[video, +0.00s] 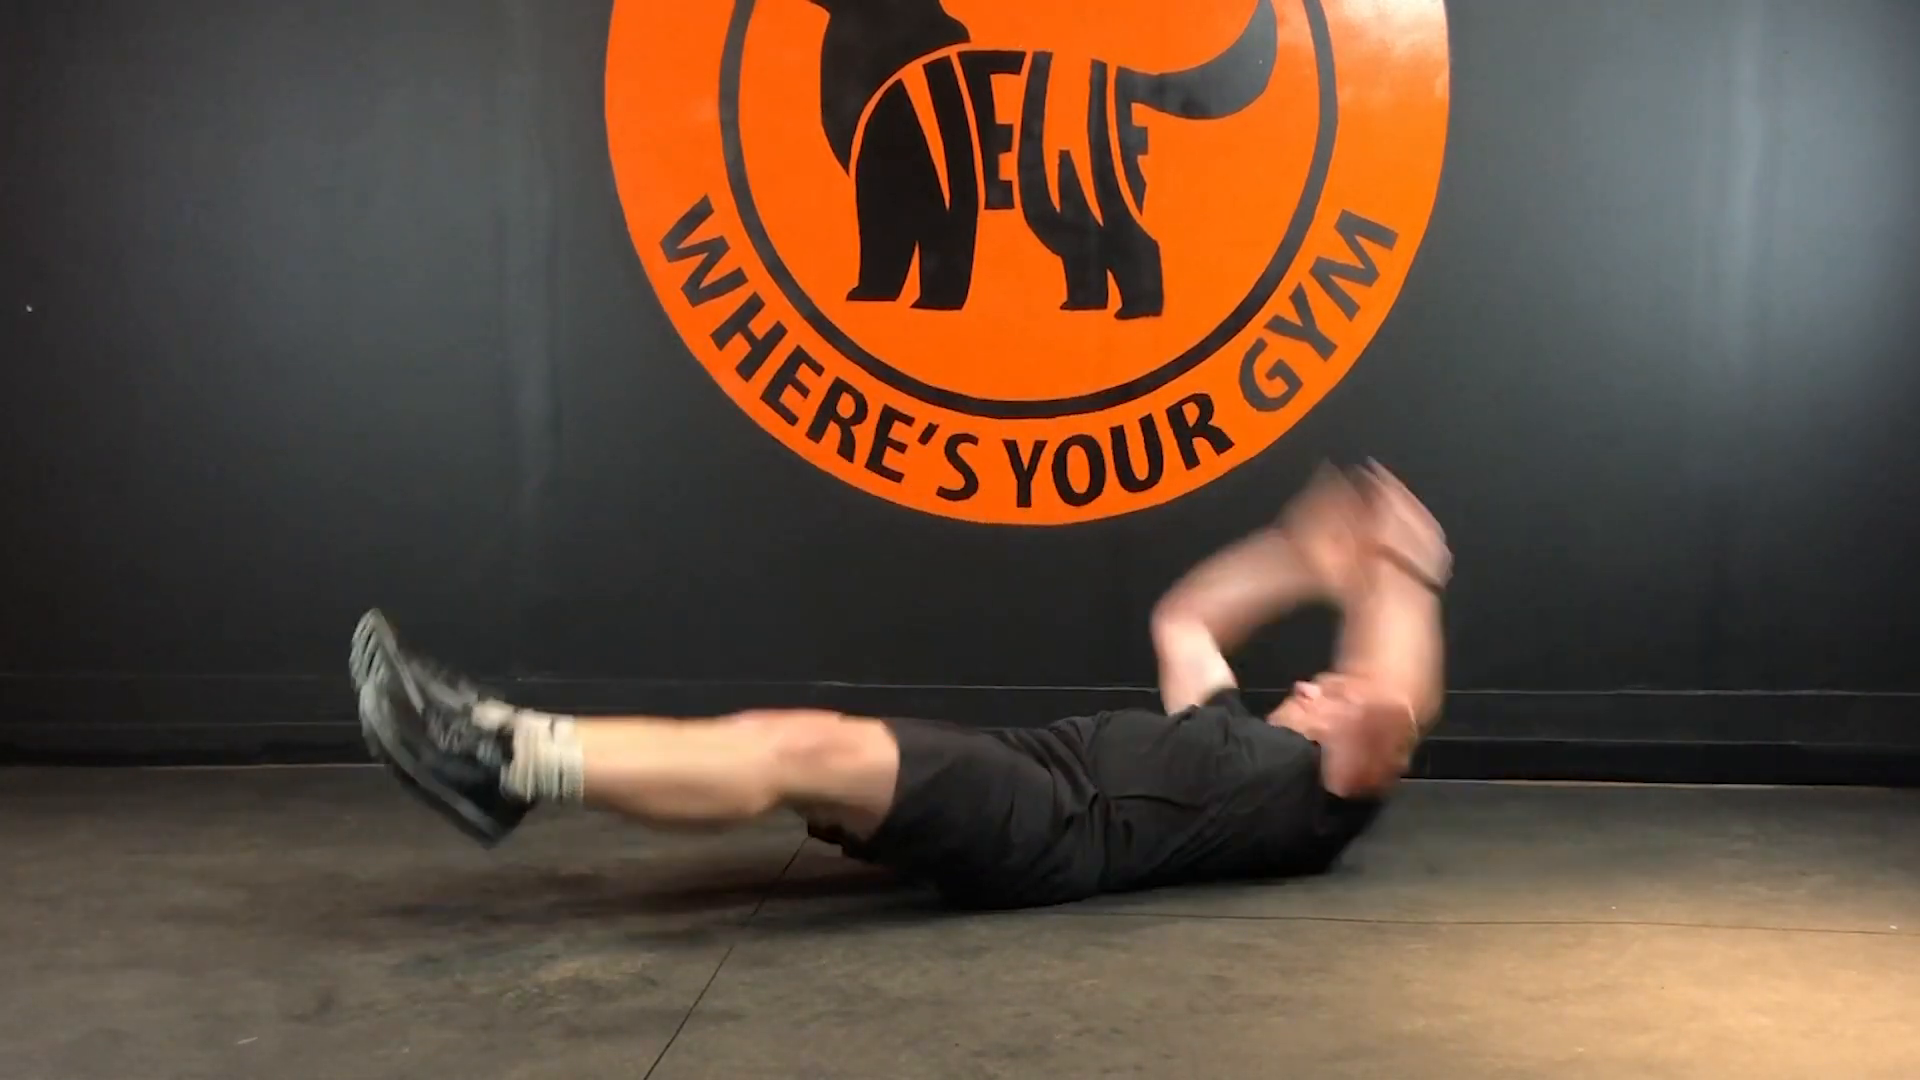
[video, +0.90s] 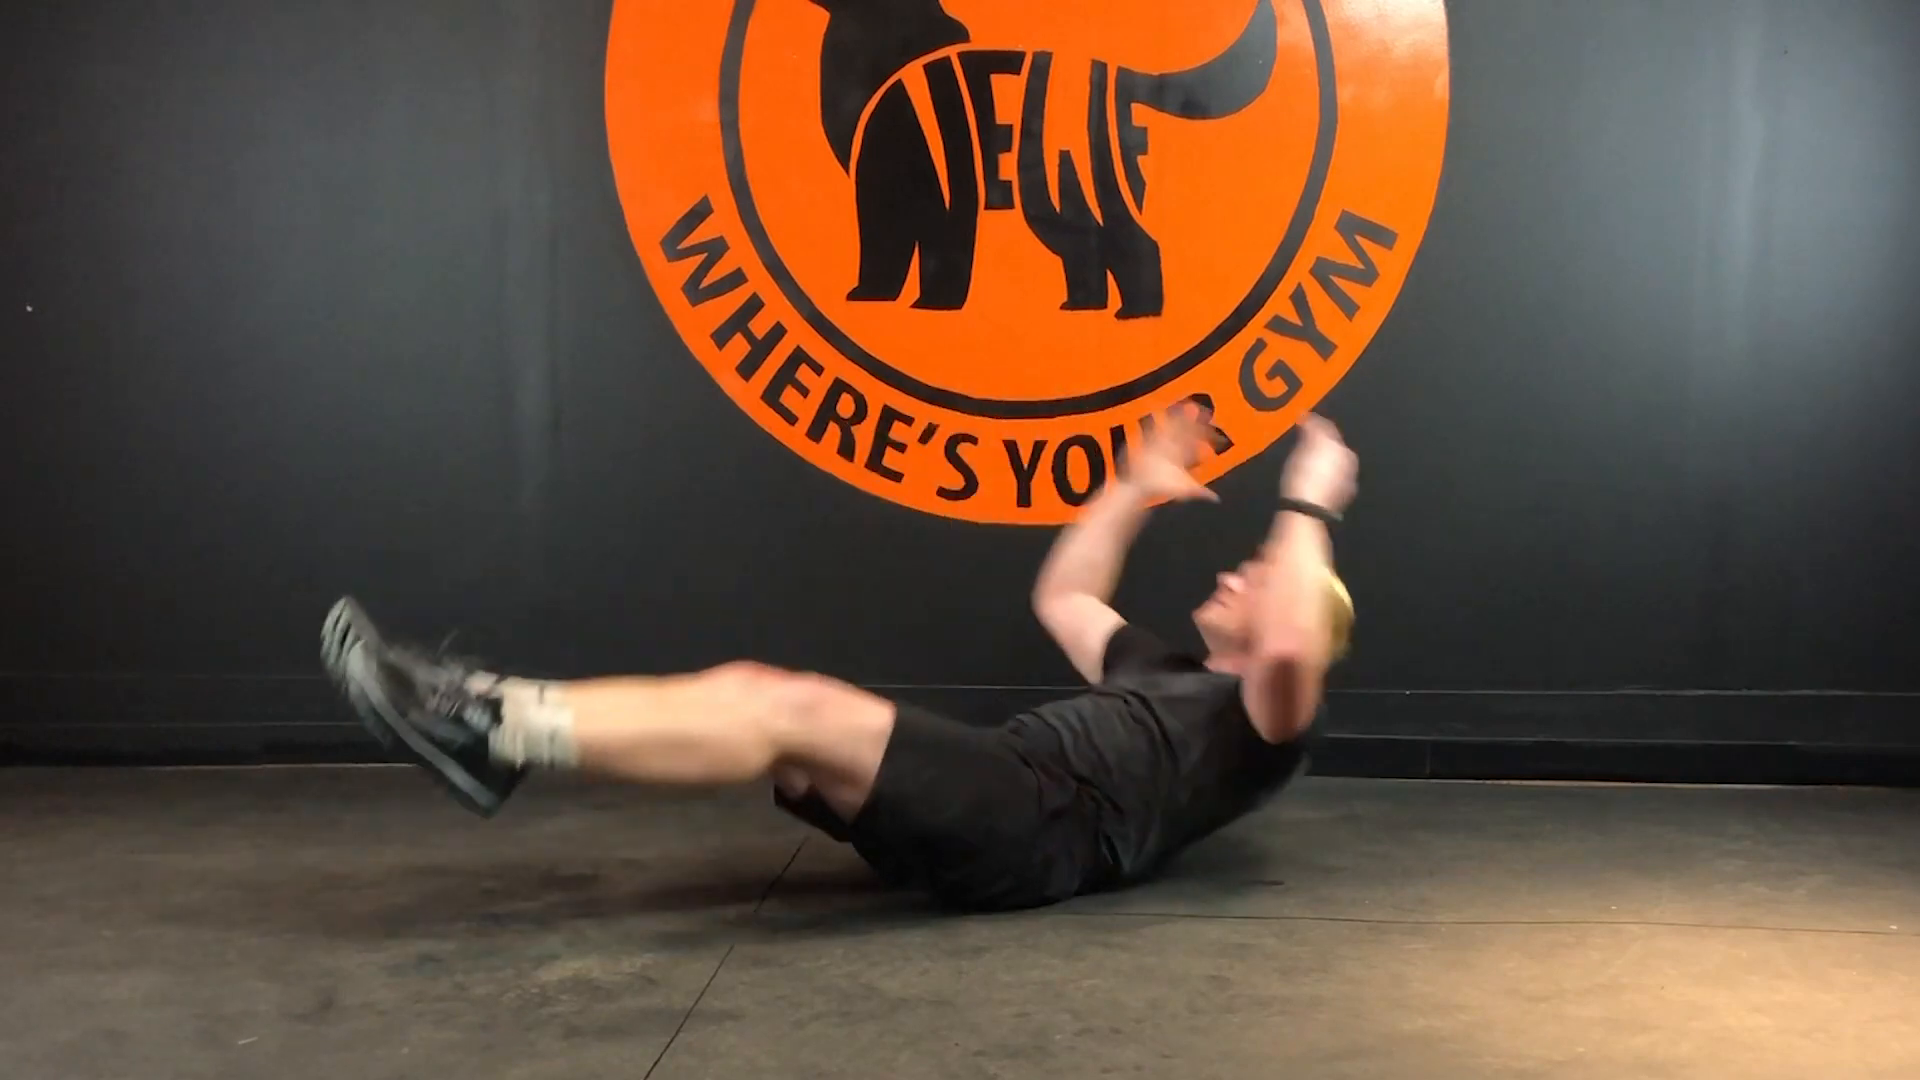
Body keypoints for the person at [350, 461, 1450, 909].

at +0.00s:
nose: (1320, 689)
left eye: (1345, 693)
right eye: (1320, 680)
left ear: (1365, 737)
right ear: (1293, 699)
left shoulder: (1313, 789)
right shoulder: (1225, 739)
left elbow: (1394, 704)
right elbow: (1186, 618)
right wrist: (1307, 552)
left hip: (1051, 818)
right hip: (1004, 775)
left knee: (810, 743)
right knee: (779, 740)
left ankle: (510, 755)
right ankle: (508, 758)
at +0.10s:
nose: (1294, 640)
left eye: (1319, 646)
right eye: (1297, 628)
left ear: (1346, 694)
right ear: (1284, 639)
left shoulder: (1306, 747)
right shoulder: (1223, 698)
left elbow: (1227, 675)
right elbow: (1132, 607)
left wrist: (1147, 545)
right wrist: (1086, 508)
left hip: (1052, 830)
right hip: (1002, 794)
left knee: (832, 691)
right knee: (801, 688)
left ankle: (536, 692)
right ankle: (528, 707)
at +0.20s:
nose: (1201, 584)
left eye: (1228, 576)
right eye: (1212, 568)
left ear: (1285, 618)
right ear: (1245, 602)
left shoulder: (1273, 700)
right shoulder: (1177, 654)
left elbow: (1160, 683)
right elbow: (1066, 598)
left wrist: (1032, 584)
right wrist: (954, 494)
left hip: (1039, 838)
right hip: (982, 815)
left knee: (874, 619)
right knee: (838, 617)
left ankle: (585, 609)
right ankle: (568, 608)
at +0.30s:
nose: (1134, 538)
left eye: (1157, 525)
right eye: (1138, 521)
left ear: (1220, 554)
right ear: (1138, 530)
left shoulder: (1233, 641)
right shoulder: (1108, 620)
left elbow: (1122, 632)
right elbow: (973, 566)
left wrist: (992, 532)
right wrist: (871, 454)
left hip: (1023, 833)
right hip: (948, 826)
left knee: (930, 583)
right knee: (891, 580)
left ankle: (656, 514)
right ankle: (626, 511)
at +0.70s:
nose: (1139, 537)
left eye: (1166, 523)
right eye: (1146, 522)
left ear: (1230, 557)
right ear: (1169, 541)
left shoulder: (1242, 662)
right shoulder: (1104, 608)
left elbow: (1145, 643)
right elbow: (972, 592)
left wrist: (1073, 498)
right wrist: (929, 485)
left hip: (1027, 834)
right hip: (945, 819)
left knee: (878, 612)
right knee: (817, 602)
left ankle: (589, 609)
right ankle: (570, 590)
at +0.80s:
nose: (1196, 549)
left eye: (1224, 543)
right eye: (1202, 536)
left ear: (1266, 595)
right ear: (1208, 561)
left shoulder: (1247, 696)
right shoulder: (1135, 637)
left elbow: (1206, 626)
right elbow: (1010, 587)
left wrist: (1186, 471)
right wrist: (1023, 463)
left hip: (1030, 828)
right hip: (958, 805)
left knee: (827, 652)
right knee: (774, 632)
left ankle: (541, 672)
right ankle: (518, 659)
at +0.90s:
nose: (1222, 580)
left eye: (1252, 578)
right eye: (1234, 570)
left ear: (1292, 630)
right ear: (1227, 598)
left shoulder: (1251, 715)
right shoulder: (1159, 676)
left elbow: (1297, 638)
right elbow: (1069, 600)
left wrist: (1305, 506)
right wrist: (1133, 485)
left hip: (1028, 825)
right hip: (978, 800)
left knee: (785, 705)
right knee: (755, 689)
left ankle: (483, 717)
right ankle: (501, 731)